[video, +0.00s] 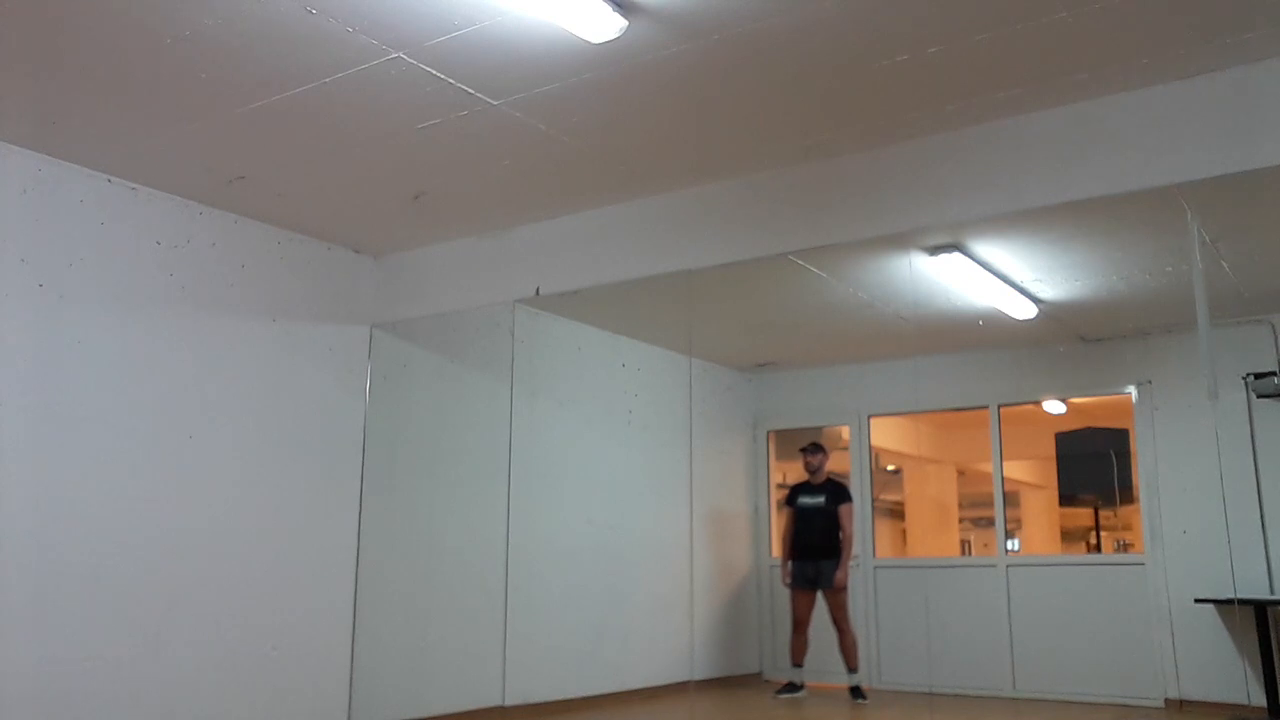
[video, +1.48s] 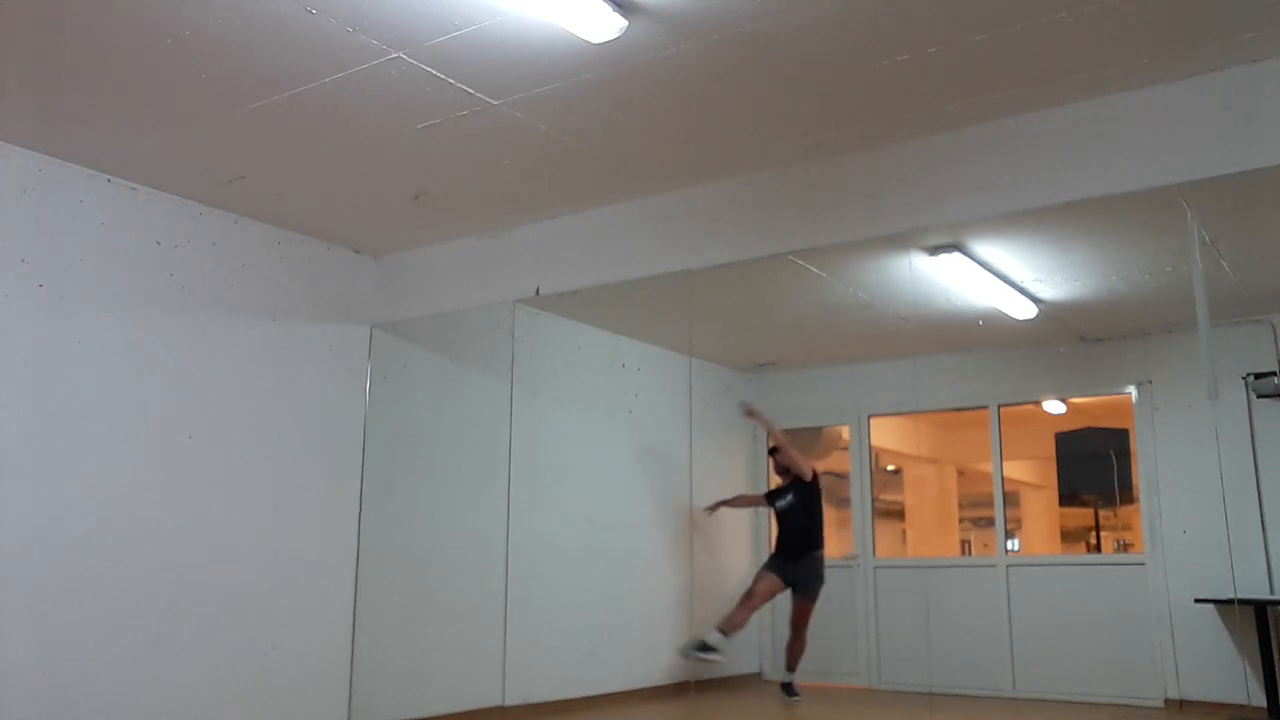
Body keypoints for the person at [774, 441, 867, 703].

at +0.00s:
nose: (809, 460)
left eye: (814, 455)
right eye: (806, 456)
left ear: (825, 458)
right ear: (803, 460)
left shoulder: (838, 490)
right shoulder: (796, 491)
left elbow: (847, 531)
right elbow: (788, 529)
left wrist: (844, 566)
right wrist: (785, 562)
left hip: (830, 563)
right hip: (801, 564)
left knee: (841, 623)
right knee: (799, 624)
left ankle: (854, 682)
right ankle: (796, 680)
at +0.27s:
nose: (809, 460)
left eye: (814, 455)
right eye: (806, 456)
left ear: (825, 458)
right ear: (802, 460)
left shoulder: (838, 490)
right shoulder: (796, 491)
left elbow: (847, 531)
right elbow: (788, 529)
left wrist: (843, 566)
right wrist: (785, 562)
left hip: (830, 563)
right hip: (801, 564)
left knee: (841, 623)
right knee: (799, 624)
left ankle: (854, 682)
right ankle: (796, 680)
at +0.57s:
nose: (808, 459)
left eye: (813, 454)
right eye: (805, 455)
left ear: (824, 458)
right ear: (801, 460)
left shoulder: (835, 487)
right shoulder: (794, 491)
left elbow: (827, 520)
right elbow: (787, 528)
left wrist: (788, 529)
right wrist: (782, 562)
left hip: (829, 563)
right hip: (801, 564)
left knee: (841, 624)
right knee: (795, 622)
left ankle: (854, 683)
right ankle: (796, 679)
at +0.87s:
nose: (783, 473)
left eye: (787, 469)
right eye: (780, 470)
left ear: (799, 470)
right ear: (777, 472)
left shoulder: (812, 500)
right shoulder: (770, 500)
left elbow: (833, 534)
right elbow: (741, 525)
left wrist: (853, 564)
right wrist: (714, 549)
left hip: (813, 571)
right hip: (785, 571)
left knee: (820, 623)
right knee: (776, 625)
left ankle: (845, 678)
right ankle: (794, 681)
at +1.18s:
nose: (781, 443)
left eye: (785, 439)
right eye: (776, 441)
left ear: (795, 443)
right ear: (774, 449)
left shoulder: (816, 466)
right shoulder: (771, 476)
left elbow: (846, 438)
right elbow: (734, 485)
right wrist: (698, 493)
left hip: (809, 546)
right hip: (779, 544)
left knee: (801, 614)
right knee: (754, 593)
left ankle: (792, 671)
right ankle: (727, 636)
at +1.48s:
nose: (775, 461)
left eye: (779, 455)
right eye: (773, 456)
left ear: (791, 456)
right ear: (773, 462)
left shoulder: (809, 481)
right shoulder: (777, 494)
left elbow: (786, 446)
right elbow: (750, 500)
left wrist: (762, 419)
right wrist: (721, 503)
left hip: (809, 562)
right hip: (782, 560)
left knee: (799, 626)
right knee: (752, 597)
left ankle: (789, 680)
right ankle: (714, 640)